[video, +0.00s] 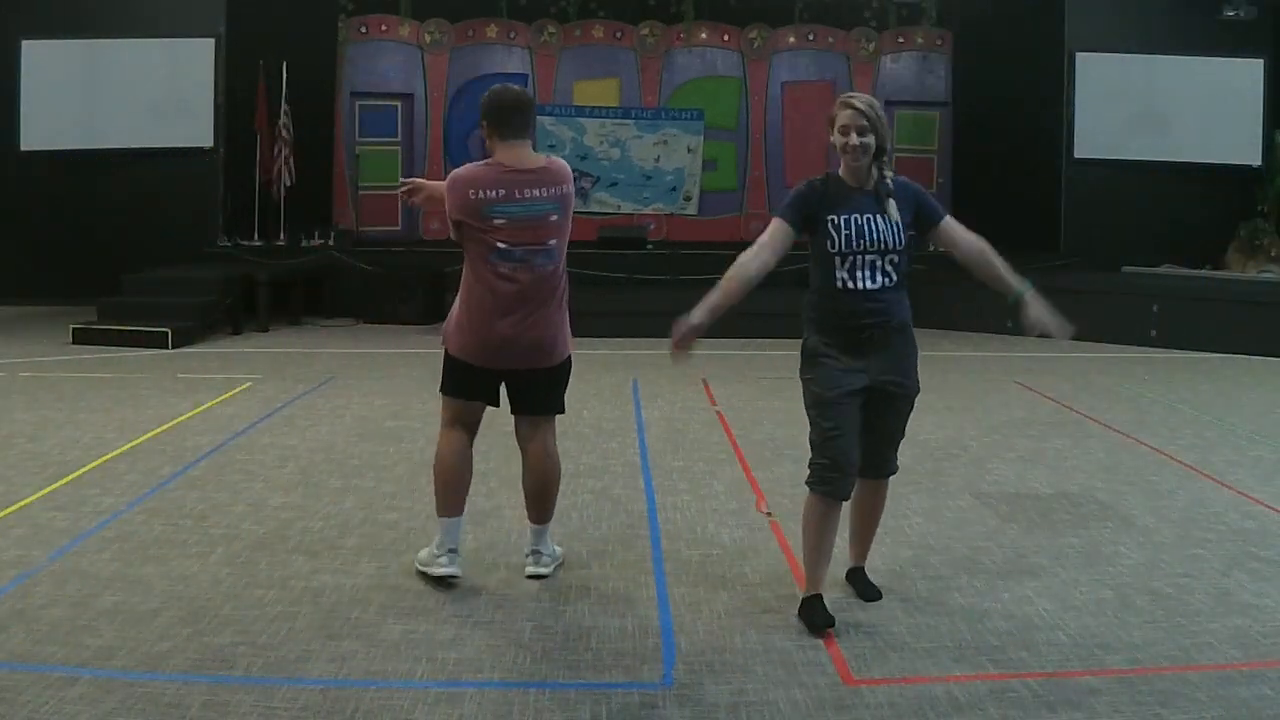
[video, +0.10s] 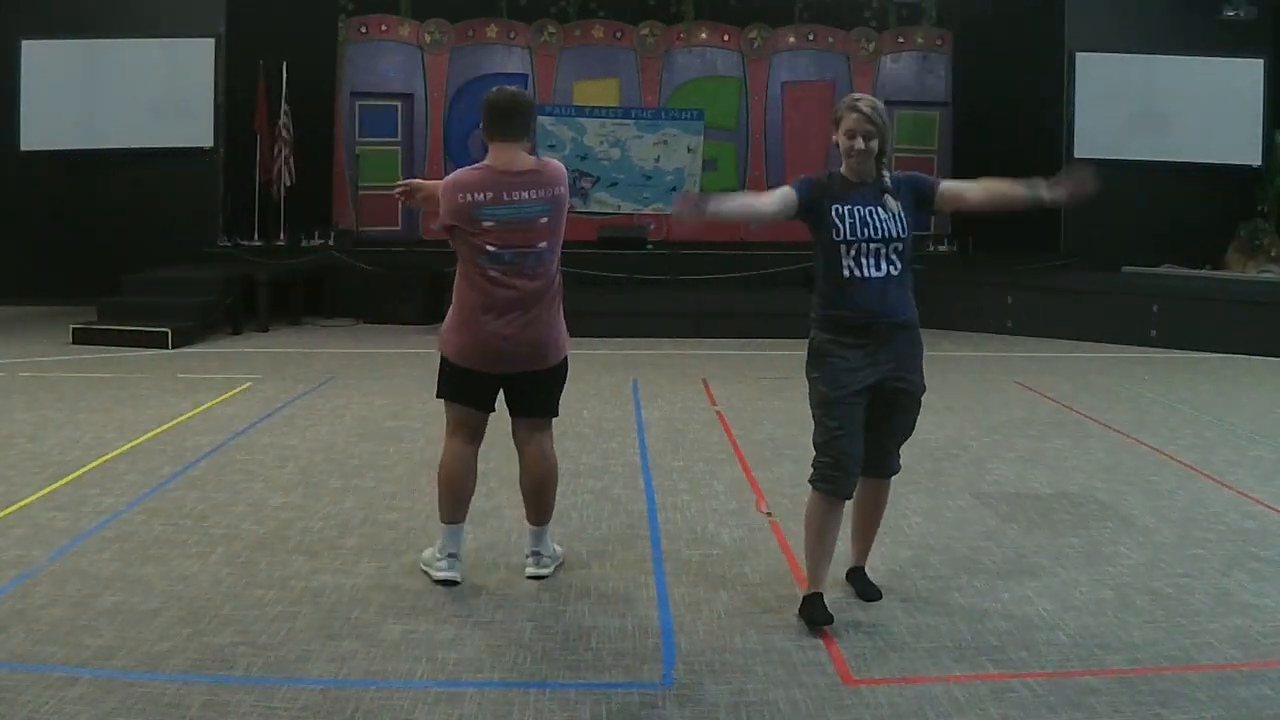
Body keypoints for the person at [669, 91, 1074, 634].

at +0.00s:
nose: (850, 139)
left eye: (860, 131)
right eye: (841, 131)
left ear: (879, 138)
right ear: (830, 139)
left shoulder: (907, 197)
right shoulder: (812, 197)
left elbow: (968, 245)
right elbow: (758, 255)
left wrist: (1025, 295)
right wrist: (702, 313)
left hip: (892, 354)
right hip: (831, 354)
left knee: (877, 467)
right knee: (833, 471)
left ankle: (858, 567)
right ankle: (812, 593)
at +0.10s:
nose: (855, 144)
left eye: (865, 136)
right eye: (848, 136)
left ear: (881, 142)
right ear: (836, 140)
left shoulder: (907, 188)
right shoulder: (818, 190)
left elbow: (973, 192)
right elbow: (765, 203)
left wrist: (1040, 190)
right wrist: (711, 204)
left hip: (899, 351)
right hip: (838, 352)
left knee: (880, 467)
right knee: (835, 472)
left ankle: (857, 567)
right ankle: (813, 592)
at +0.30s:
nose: (867, 140)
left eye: (877, 132)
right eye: (859, 131)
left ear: (891, 141)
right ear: (842, 138)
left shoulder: (908, 188)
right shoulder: (825, 190)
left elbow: (943, 146)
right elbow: (806, 144)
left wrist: (923, 82)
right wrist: (841, 63)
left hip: (903, 347)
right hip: (844, 348)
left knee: (882, 464)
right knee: (837, 469)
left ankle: (858, 567)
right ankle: (815, 591)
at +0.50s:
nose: (873, 144)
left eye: (882, 137)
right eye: (865, 136)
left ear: (896, 144)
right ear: (850, 140)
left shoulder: (910, 186)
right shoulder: (830, 187)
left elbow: (945, 149)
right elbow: (821, 151)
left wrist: (946, 85)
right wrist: (852, 89)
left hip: (902, 343)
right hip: (842, 344)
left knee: (883, 464)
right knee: (848, 463)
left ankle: (857, 566)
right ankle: (832, 585)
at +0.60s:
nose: (872, 144)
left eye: (881, 137)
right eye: (864, 135)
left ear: (895, 142)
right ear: (848, 138)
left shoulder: (914, 186)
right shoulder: (832, 188)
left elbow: (965, 158)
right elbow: (806, 175)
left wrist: (1005, 119)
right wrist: (797, 128)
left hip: (900, 341)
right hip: (840, 339)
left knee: (881, 462)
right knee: (851, 459)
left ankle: (858, 567)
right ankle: (848, 585)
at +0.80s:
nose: (872, 144)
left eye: (882, 136)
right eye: (865, 135)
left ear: (898, 142)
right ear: (852, 138)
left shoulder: (922, 192)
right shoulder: (832, 191)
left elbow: (1001, 193)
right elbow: (764, 195)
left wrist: (1075, 200)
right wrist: (700, 202)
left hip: (903, 350)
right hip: (841, 348)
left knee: (883, 468)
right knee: (854, 469)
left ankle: (858, 569)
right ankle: (853, 593)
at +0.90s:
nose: (876, 138)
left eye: (885, 131)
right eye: (867, 130)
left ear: (900, 139)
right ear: (852, 135)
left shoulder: (925, 189)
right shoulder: (830, 191)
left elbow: (1005, 192)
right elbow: (759, 198)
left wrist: (1082, 199)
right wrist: (689, 205)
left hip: (904, 352)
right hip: (843, 348)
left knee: (884, 470)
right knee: (854, 470)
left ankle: (860, 568)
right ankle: (853, 596)